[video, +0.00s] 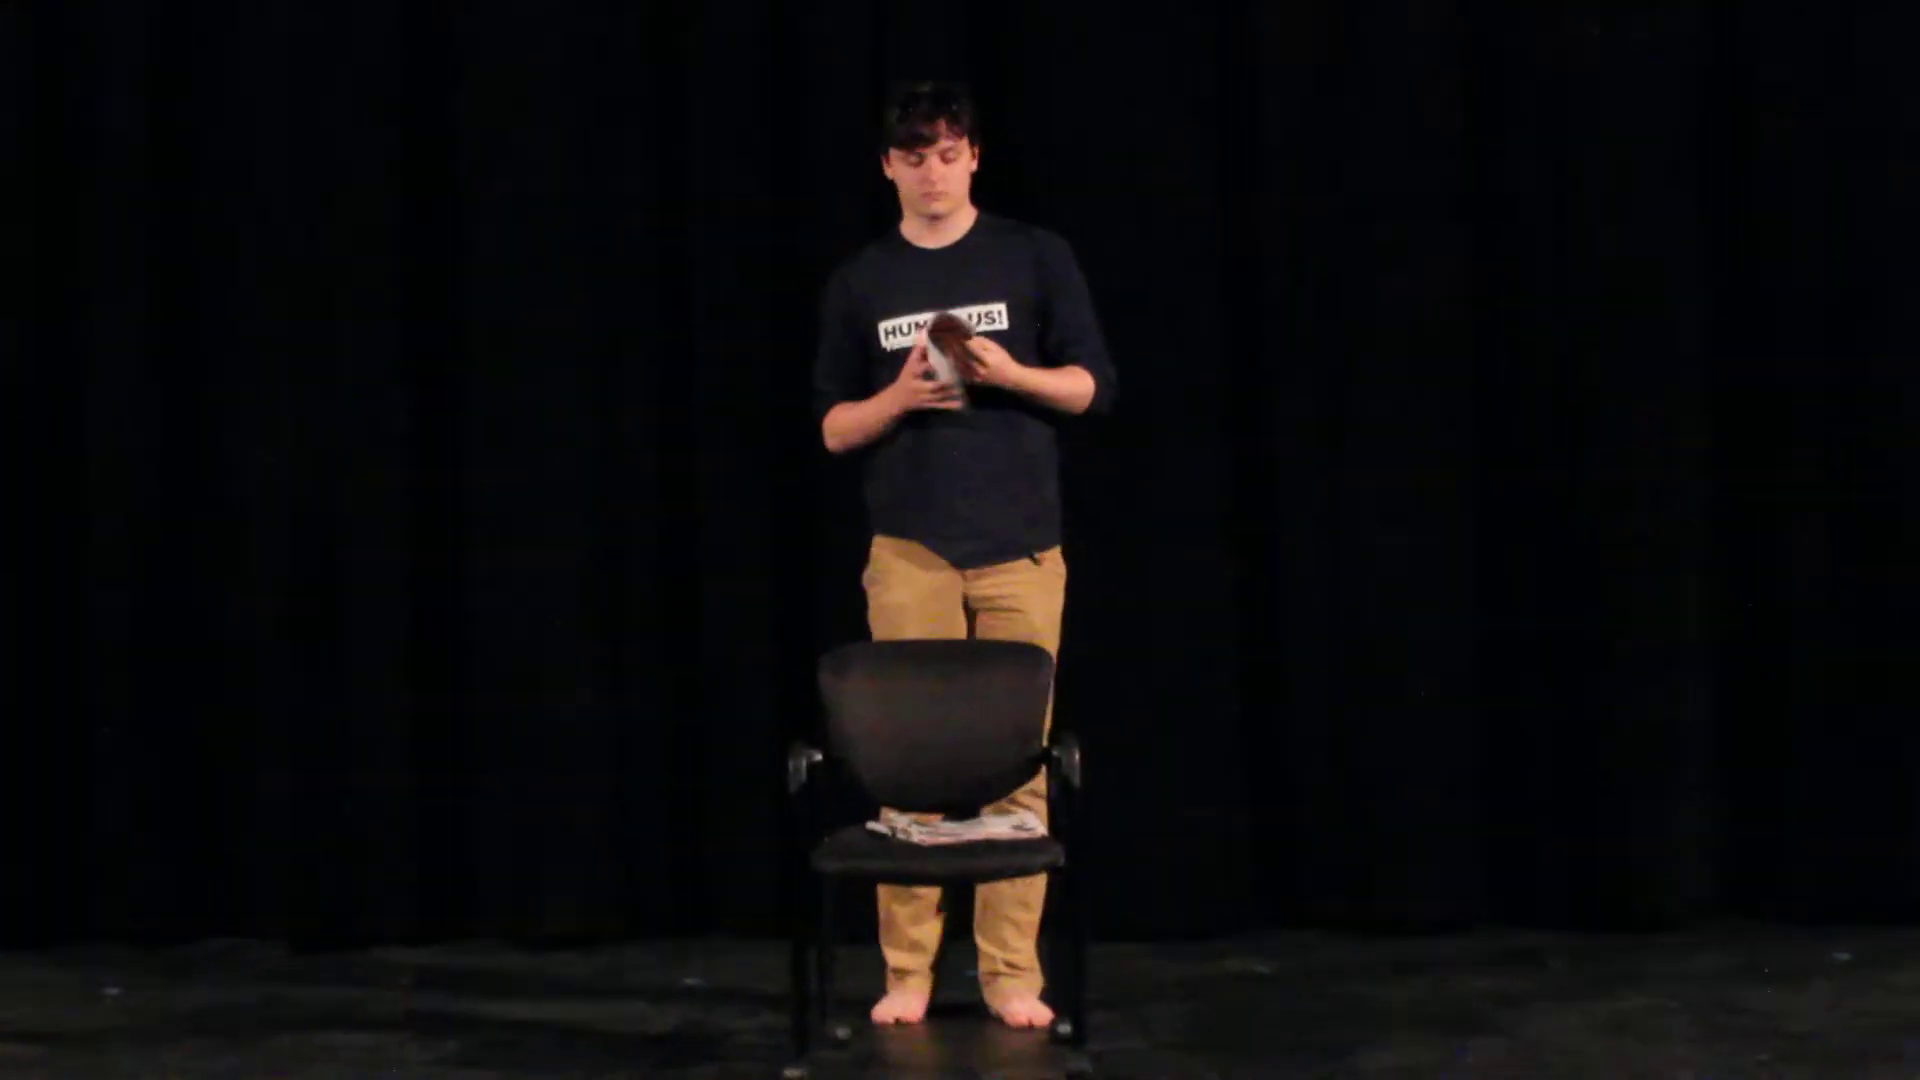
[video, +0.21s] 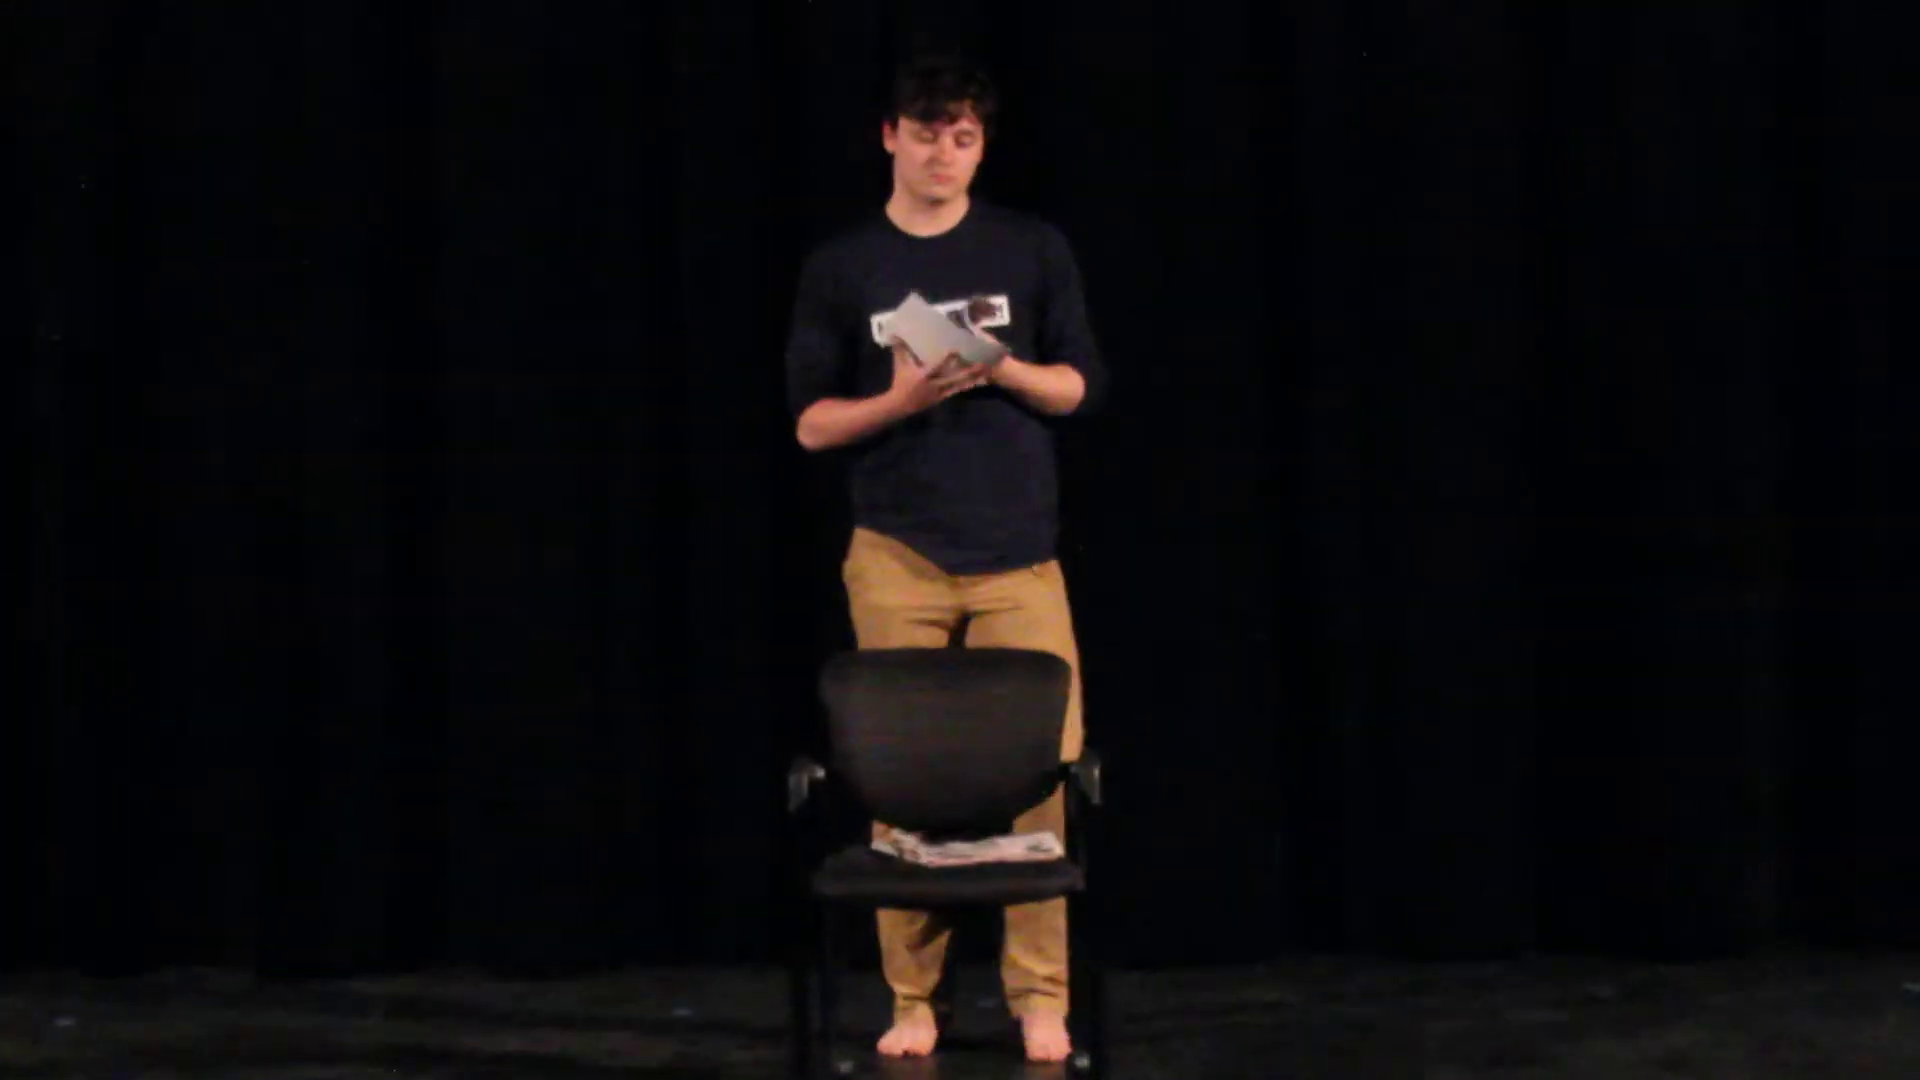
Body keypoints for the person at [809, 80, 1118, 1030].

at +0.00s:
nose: (935, 170)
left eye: (949, 152)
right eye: (917, 155)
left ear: (975, 158)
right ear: (889, 166)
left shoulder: (1038, 260)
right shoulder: (860, 282)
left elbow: (1089, 389)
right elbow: (834, 430)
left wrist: (1012, 374)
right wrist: (902, 397)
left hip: (1022, 550)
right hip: (907, 552)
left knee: (1018, 761)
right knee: (908, 759)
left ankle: (1011, 976)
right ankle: (907, 977)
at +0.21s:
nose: (946, 150)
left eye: (961, 134)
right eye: (927, 132)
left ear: (982, 144)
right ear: (890, 139)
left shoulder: (1034, 251)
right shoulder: (842, 266)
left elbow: (1075, 391)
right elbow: (811, 425)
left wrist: (999, 367)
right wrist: (903, 398)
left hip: (1021, 559)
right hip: (896, 559)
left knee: (1040, 777)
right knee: (901, 778)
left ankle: (1040, 1000)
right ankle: (912, 1002)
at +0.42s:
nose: (950, 147)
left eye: (966, 131)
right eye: (933, 127)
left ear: (987, 140)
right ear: (891, 129)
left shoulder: (1032, 250)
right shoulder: (835, 262)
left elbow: (1080, 394)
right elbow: (796, 427)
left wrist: (1026, 381)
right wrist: (881, 402)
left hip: (1013, 561)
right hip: (883, 562)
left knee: (1073, 791)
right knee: (895, 797)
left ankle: (1131, 1028)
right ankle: (914, 1030)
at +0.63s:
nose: (950, 164)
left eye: (968, 148)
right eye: (932, 142)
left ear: (990, 160)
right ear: (893, 145)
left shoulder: (1036, 273)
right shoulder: (838, 282)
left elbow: (1090, 423)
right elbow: (794, 452)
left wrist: (1014, 398)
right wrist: (880, 427)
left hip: (1009, 590)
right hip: (876, 585)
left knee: (1064, 818)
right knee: (893, 825)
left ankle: (1115, 1052)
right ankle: (912, 1059)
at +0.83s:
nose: (931, 182)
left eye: (950, 164)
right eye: (913, 161)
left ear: (979, 176)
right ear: (880, 167)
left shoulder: (1033, 290)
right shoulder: (830, 301)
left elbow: (1080, 445)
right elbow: (791, 473)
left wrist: (1009, 410)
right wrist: (873, 453)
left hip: (1000, 614)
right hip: (866, 608)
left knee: (1058, 841)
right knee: (883, 851)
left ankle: (1107, 1067)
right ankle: (901, 1069)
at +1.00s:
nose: (888, 160)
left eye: (909, 140)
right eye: (871, 141)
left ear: (949, 145)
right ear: (845, 150)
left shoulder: (1019, 268)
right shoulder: (806, 279)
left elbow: (1075, 432)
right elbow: (763, 456)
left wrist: (1032, 399)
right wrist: (808, 455)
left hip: (982, 604)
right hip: (844, 598)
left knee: (1039, 839)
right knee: (860, 848)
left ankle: (1089, 1068)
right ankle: (879, 1071)